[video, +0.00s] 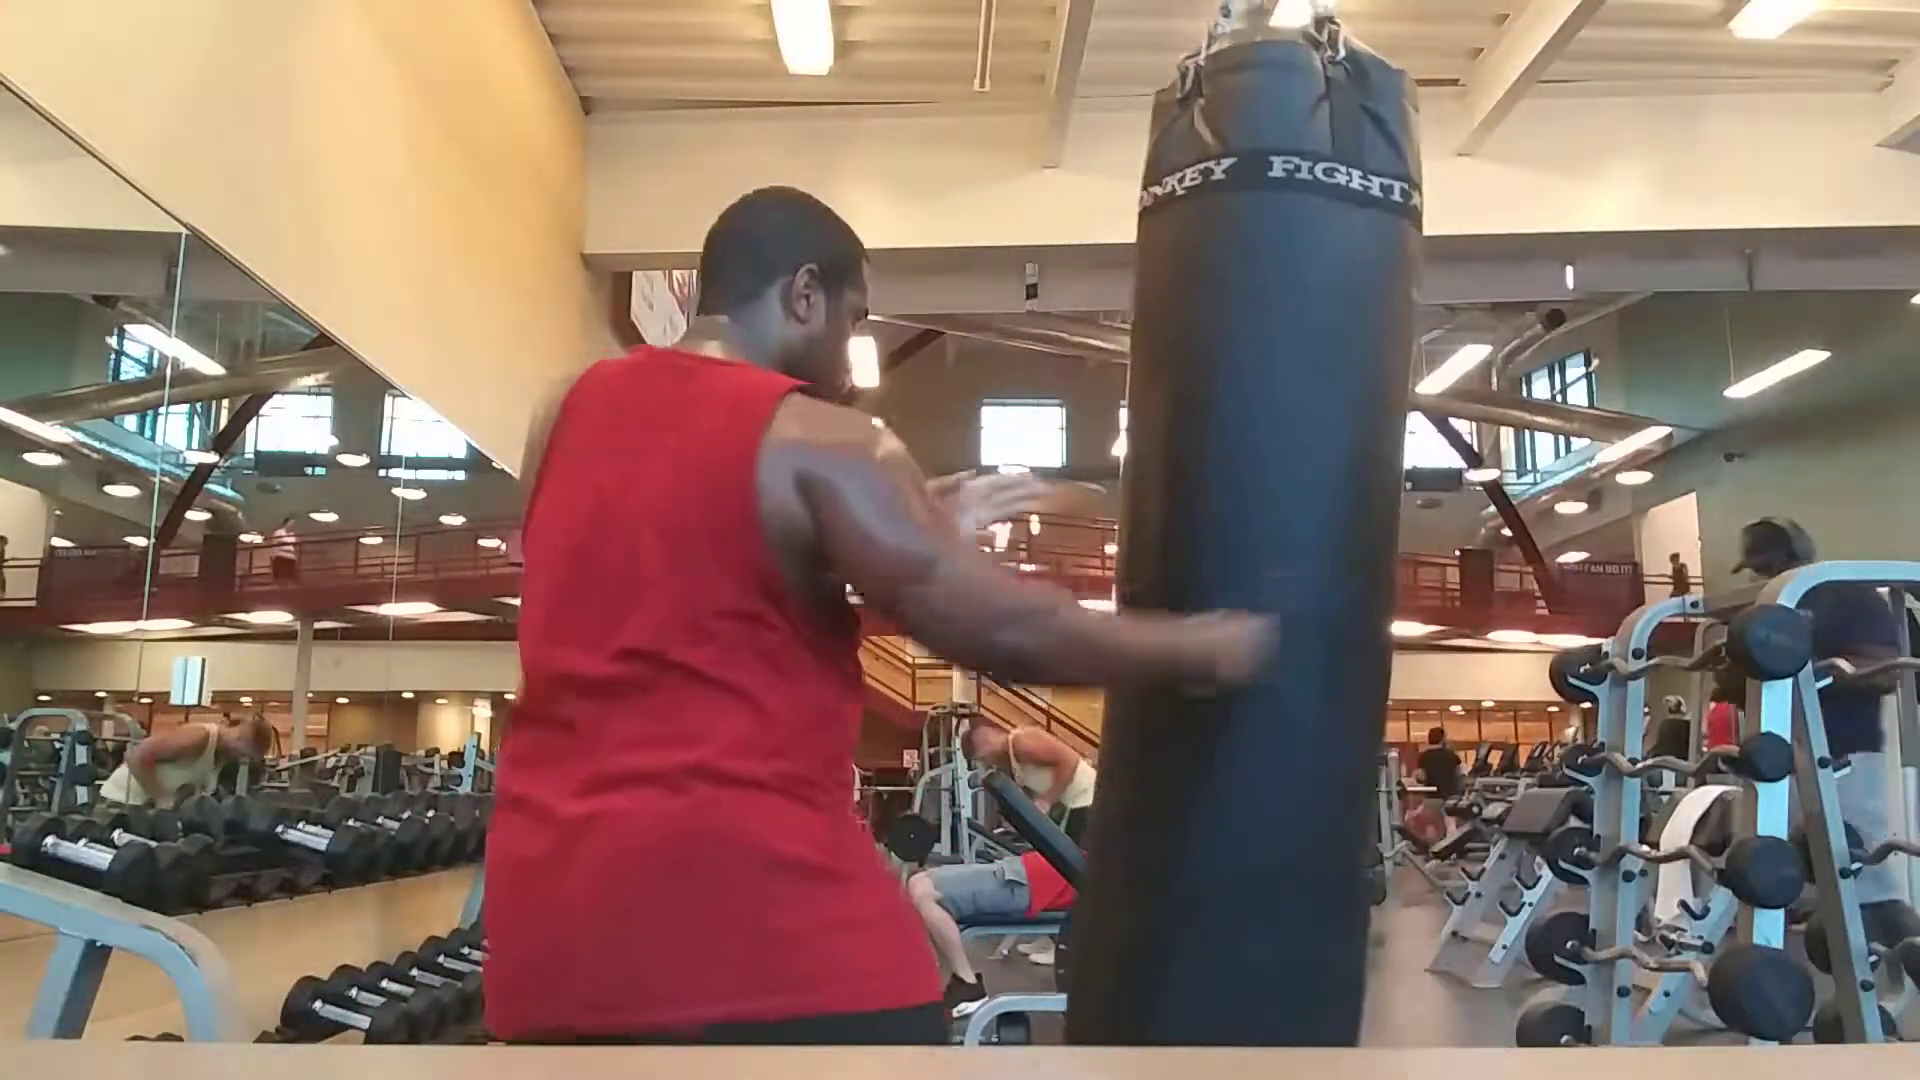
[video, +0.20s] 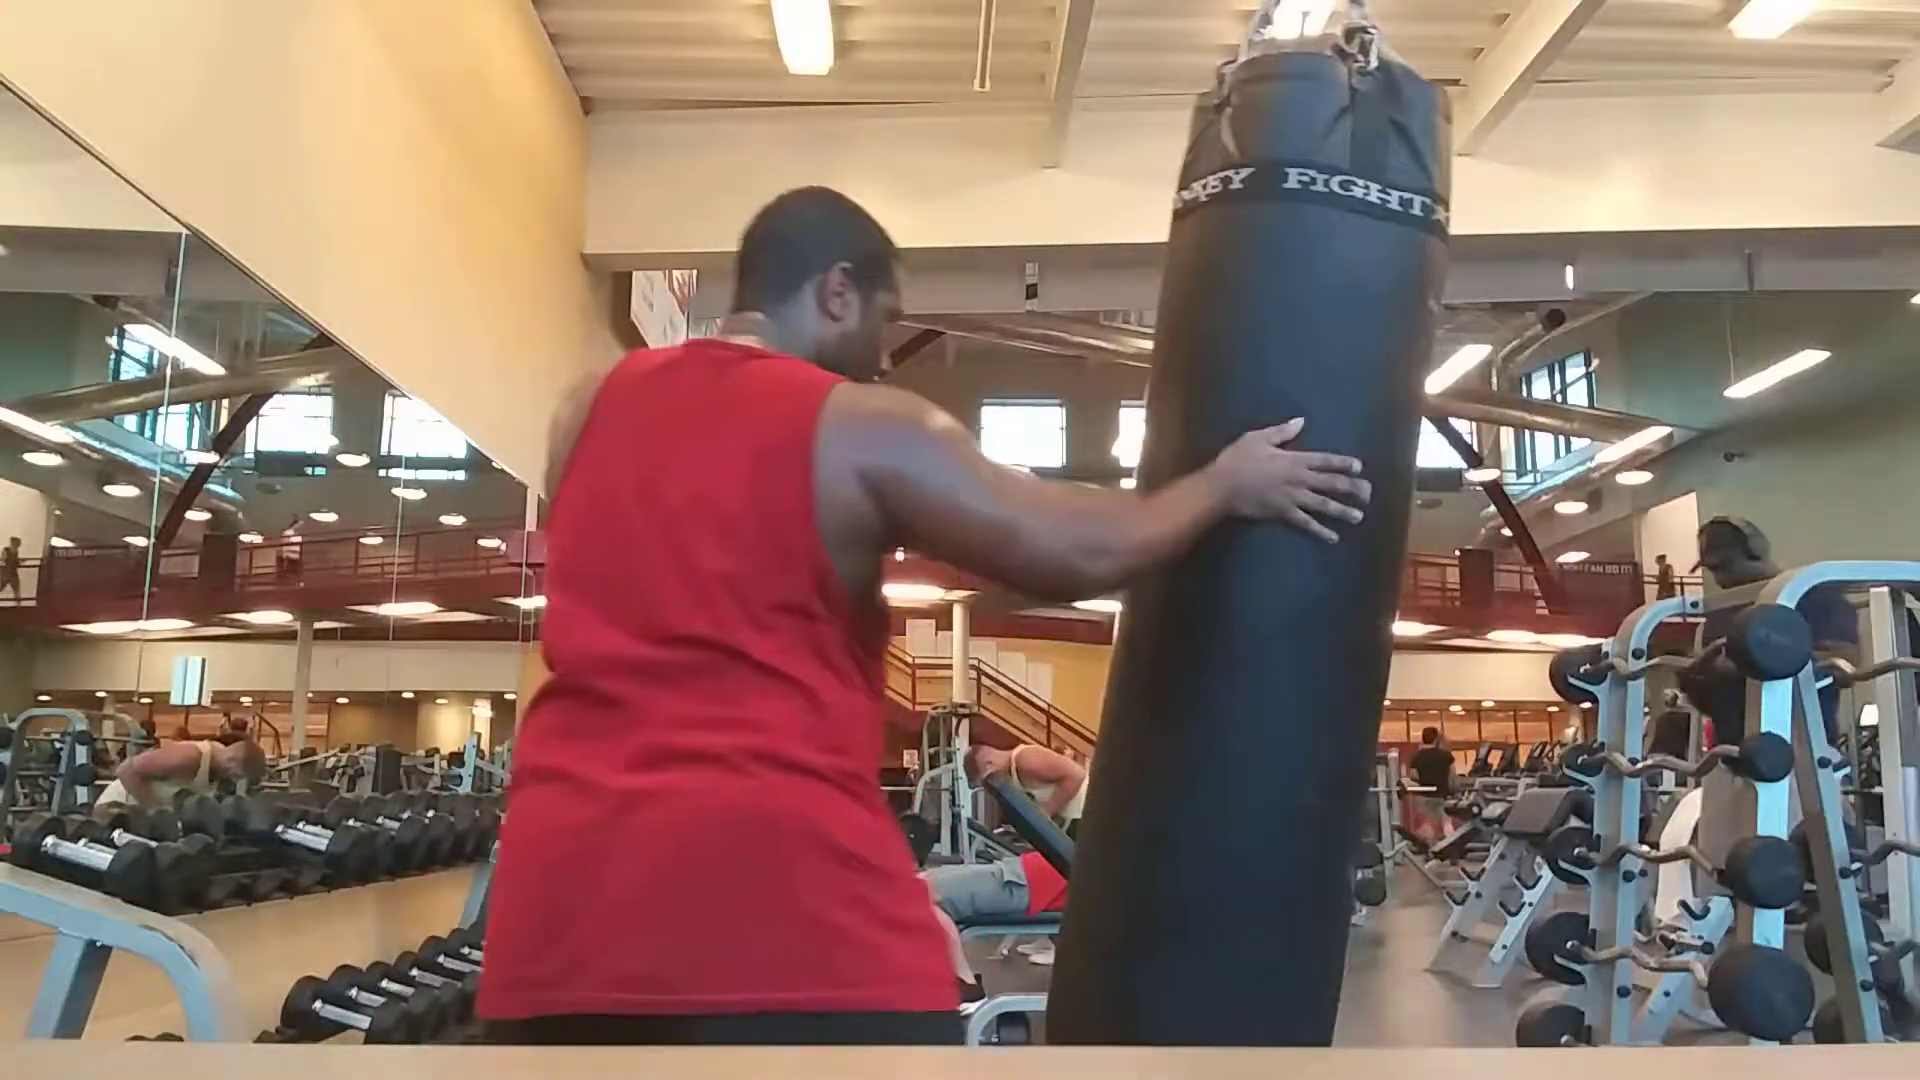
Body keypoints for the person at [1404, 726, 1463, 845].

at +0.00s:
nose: (1444, 739)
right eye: (1443, 737)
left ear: (1429, 739)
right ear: (1442, 739)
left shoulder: (1424, 756)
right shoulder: (1451, 755)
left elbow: (1420, 776)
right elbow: (1458, 775)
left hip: (1431, 797)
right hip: (1450, 797)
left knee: (1431, 827)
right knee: (1450, 827)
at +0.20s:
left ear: (1423, 739)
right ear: (1436, 738)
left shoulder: (1418, 756)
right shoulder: (1446, 755)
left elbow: (1413, 775)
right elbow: (1452, 776)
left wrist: (1423, 780)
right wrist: (1451, 791)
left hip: (1425, 795)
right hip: (1442, 794)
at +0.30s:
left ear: (1421, 738)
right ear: (1435, 738)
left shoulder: (1417, 756)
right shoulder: (1444, 754)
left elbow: (1411, 775)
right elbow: (1450, 775)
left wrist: (1421, 780)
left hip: (1423, 794)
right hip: (1440, 794)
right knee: (1437, 823)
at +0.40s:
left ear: (1418, 738)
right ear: (1432, 738)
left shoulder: (1413, 757)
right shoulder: (1440, 754)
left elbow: (1410, 775)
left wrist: (1418, 780)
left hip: (1422, 794)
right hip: (1439, 794)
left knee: (1426, 823)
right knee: (1437, 823)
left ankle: (1430, 847)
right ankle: (1438, 846)